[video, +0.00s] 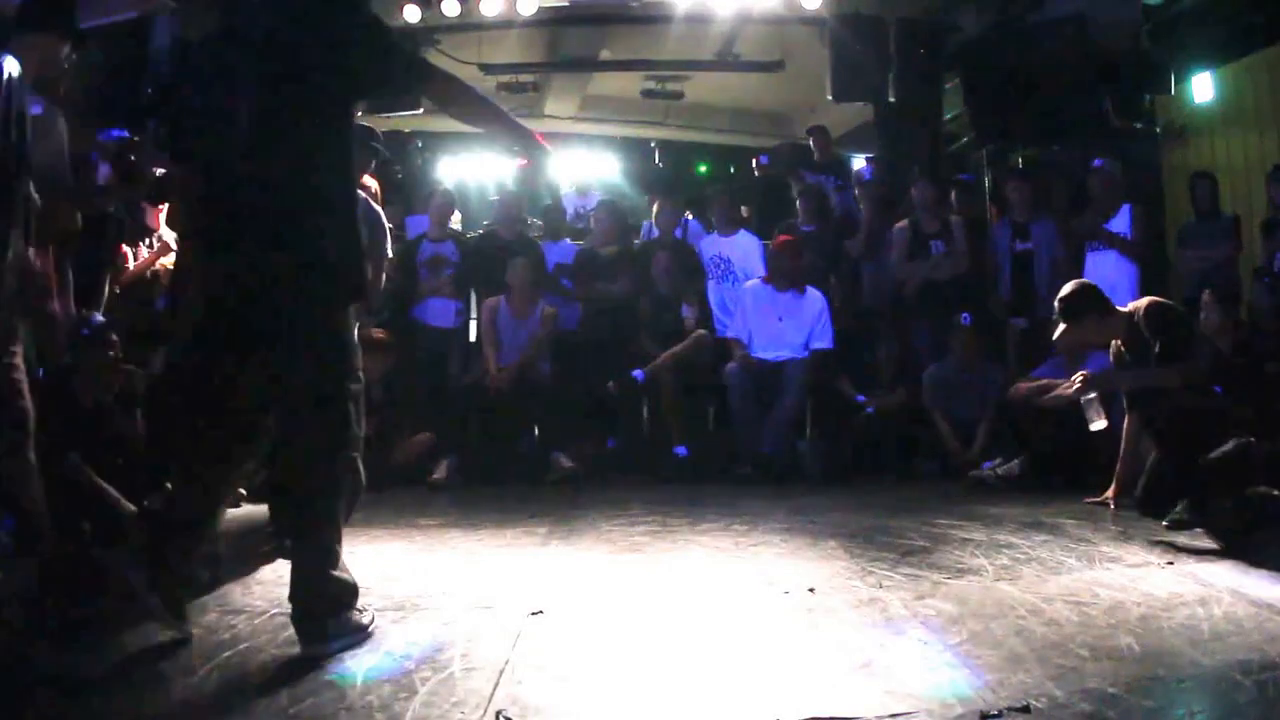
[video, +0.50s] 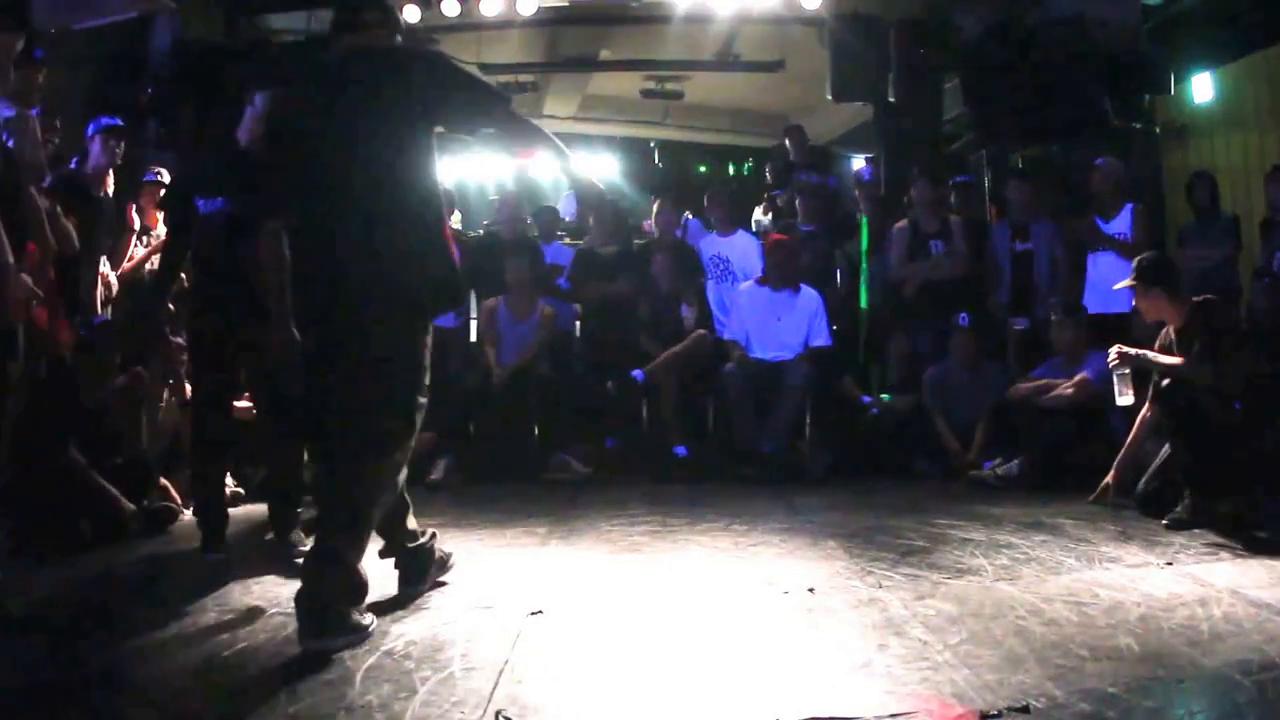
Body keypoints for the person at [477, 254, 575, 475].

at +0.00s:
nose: (519, 276)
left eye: (524, 271)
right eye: (515, 270)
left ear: (534, 277)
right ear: (508, 276)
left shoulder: (546, 312)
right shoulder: (491, 307)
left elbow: (538, 347)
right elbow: (488, 342)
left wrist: (513, 371)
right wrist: (493, 371)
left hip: (532, 375)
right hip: (499, 375)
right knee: (469, 393)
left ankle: (554, 453)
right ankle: (453, 457)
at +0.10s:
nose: (519, 279)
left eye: (524, 274)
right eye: (515, 273)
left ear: (534, 277)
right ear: (507, 276)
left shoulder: (545, 311)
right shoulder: (491, 307)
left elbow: (535, 344)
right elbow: (488, 342)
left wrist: (510, 366)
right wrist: (493, 368)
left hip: (531, 372)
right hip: (501, 372)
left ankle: (550, 453)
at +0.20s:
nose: (520, 276)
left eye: (525, 271)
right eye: (514, 271)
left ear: (533, 275)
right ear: (505, 276)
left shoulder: (545, 310)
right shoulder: (491, 306)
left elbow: (535, 344)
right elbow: (488, 342)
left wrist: (512, 367)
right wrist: (494, 371)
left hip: (532, 372)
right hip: (500, 372)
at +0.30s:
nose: (518, 276)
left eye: (524, 270)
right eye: (513, 270)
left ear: (535, 275)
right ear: (504, 275)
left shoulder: (545, 311)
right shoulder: (491, 307)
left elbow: (537, 348)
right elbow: (488, 342)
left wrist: (512, 371)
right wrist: (494, 371)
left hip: (531, 373)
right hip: (500, 372)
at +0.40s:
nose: (517, 276)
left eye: (522, 270)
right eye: (512, 271)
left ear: (534, 273)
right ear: (505, 274)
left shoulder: (545, 311)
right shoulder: (492, 307)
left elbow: (539, 348)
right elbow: (488, 342)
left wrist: (513, 369)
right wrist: (495, 368)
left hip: (532, 374)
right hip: (502, 374)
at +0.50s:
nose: (516, 277)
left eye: (521, 271)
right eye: (511, 271)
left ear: (533, 274)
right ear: (504, 275)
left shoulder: (545, 312)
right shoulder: (491, 307)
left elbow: (538, 347)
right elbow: (488, 341)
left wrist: (513, 369)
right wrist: (495, 368)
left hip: (529, 370)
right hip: (499, 370)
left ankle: (551, 453)